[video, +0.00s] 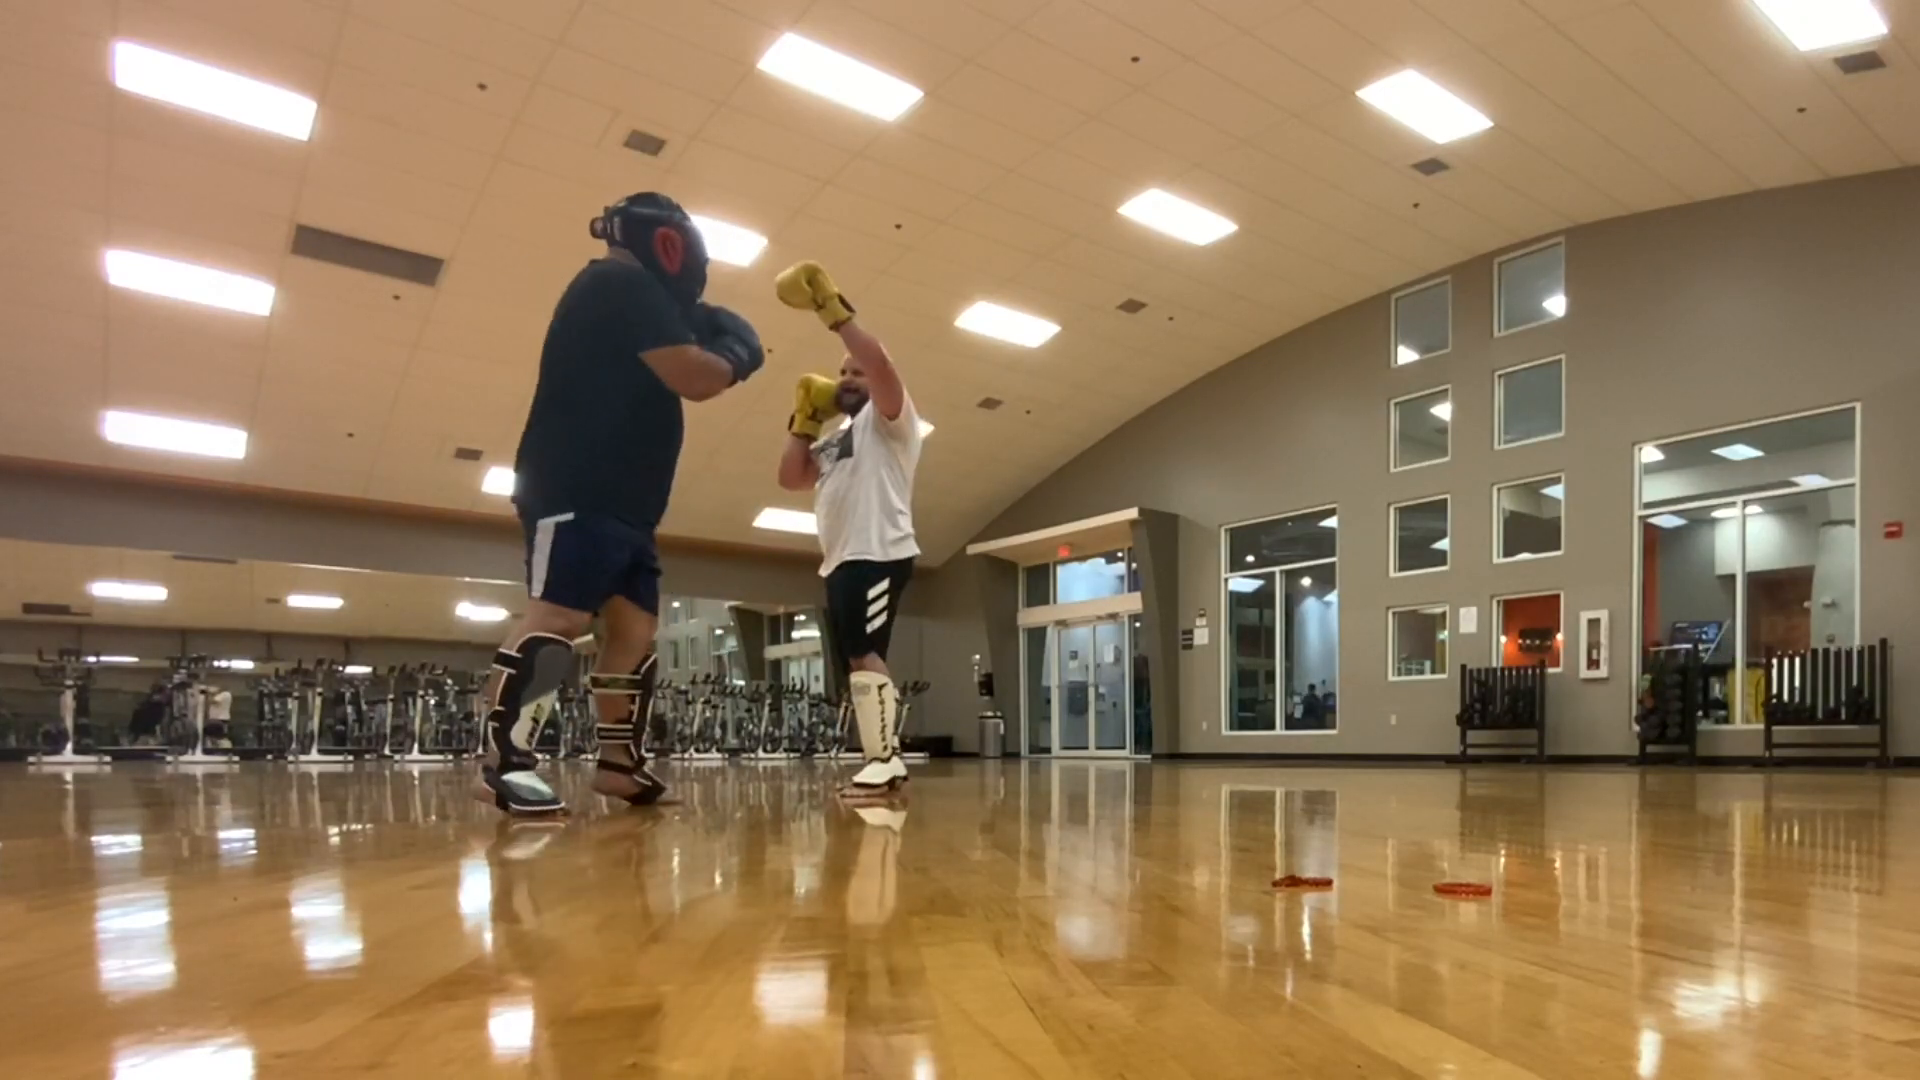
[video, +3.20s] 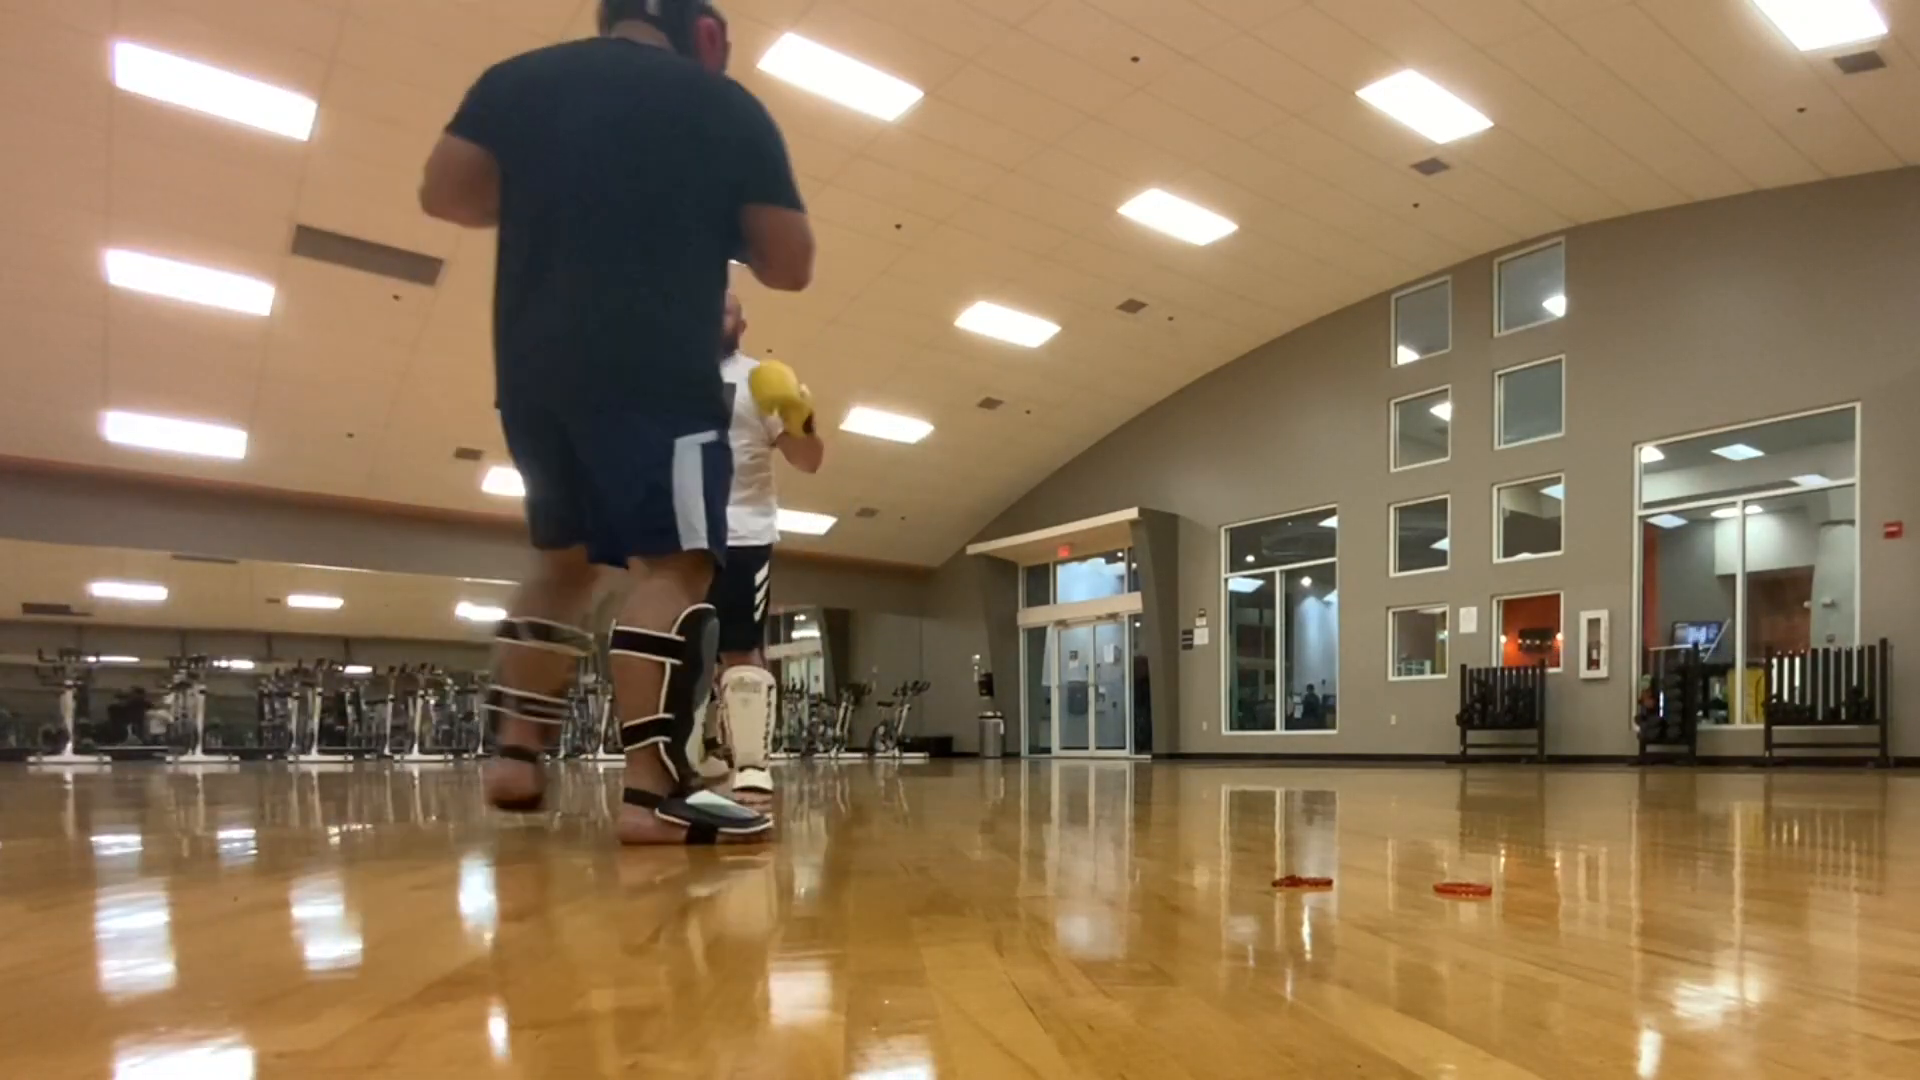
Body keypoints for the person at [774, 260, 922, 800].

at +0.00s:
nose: (848, 381)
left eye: (859, 375)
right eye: (844, 374)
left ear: (877, 384)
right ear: (836, 386)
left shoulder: (890, 422)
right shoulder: (835, 441)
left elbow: (879, 366)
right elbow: (791, 478)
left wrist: (836, 315)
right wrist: (804, 423)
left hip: (878, 548)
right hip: (842, 556)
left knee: (863, 657)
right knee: (856, 662)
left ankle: (882, 762)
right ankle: (880, 760)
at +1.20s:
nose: (822, 377)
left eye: (832, 368)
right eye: (818, 369)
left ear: (858, 370)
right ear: (819, 378)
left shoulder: (873, 402)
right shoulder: (824, 434)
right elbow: (789, 484)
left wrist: (812, 372)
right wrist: (785, 428)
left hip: (868, 548)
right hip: (832, 555)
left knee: (867, 656)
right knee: (838, 664)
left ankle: (884, 761)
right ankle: (855, 760)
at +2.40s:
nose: (776, 332)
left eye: (788, 324)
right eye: (770, 323)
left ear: (811, 339)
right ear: (761, 340)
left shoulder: (834, 382)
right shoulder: (755, 401)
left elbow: (863, 432)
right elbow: (721, 459)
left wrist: (818, 376)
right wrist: (714, 409)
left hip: (829, 541)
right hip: (773, 546)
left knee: (825, 653)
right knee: (753, 652)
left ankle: (837, 770)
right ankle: (786, 747)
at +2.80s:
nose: (717, 338)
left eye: (730, 331)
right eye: (709, 329)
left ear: (755, 342)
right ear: (697, 339)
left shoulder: (784, 388)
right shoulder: (683, 395)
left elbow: (830, 461)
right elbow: (651, 471)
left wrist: (798, 423)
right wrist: (660, 429)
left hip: (769, 536)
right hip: (705, 546)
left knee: (779, 635)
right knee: (705, 658)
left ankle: (818, 750)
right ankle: (710, 766)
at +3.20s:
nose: (727, 312)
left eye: (731, 306)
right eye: (719, 305)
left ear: (740, 321)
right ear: (700, 318)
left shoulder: (759, 377)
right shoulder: (676, 374)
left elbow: (808, 459)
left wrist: (795, 411)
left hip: (744, 532)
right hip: (688, 532)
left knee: (738, 650)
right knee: (691, 651)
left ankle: (751, 767)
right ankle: (699, 758)